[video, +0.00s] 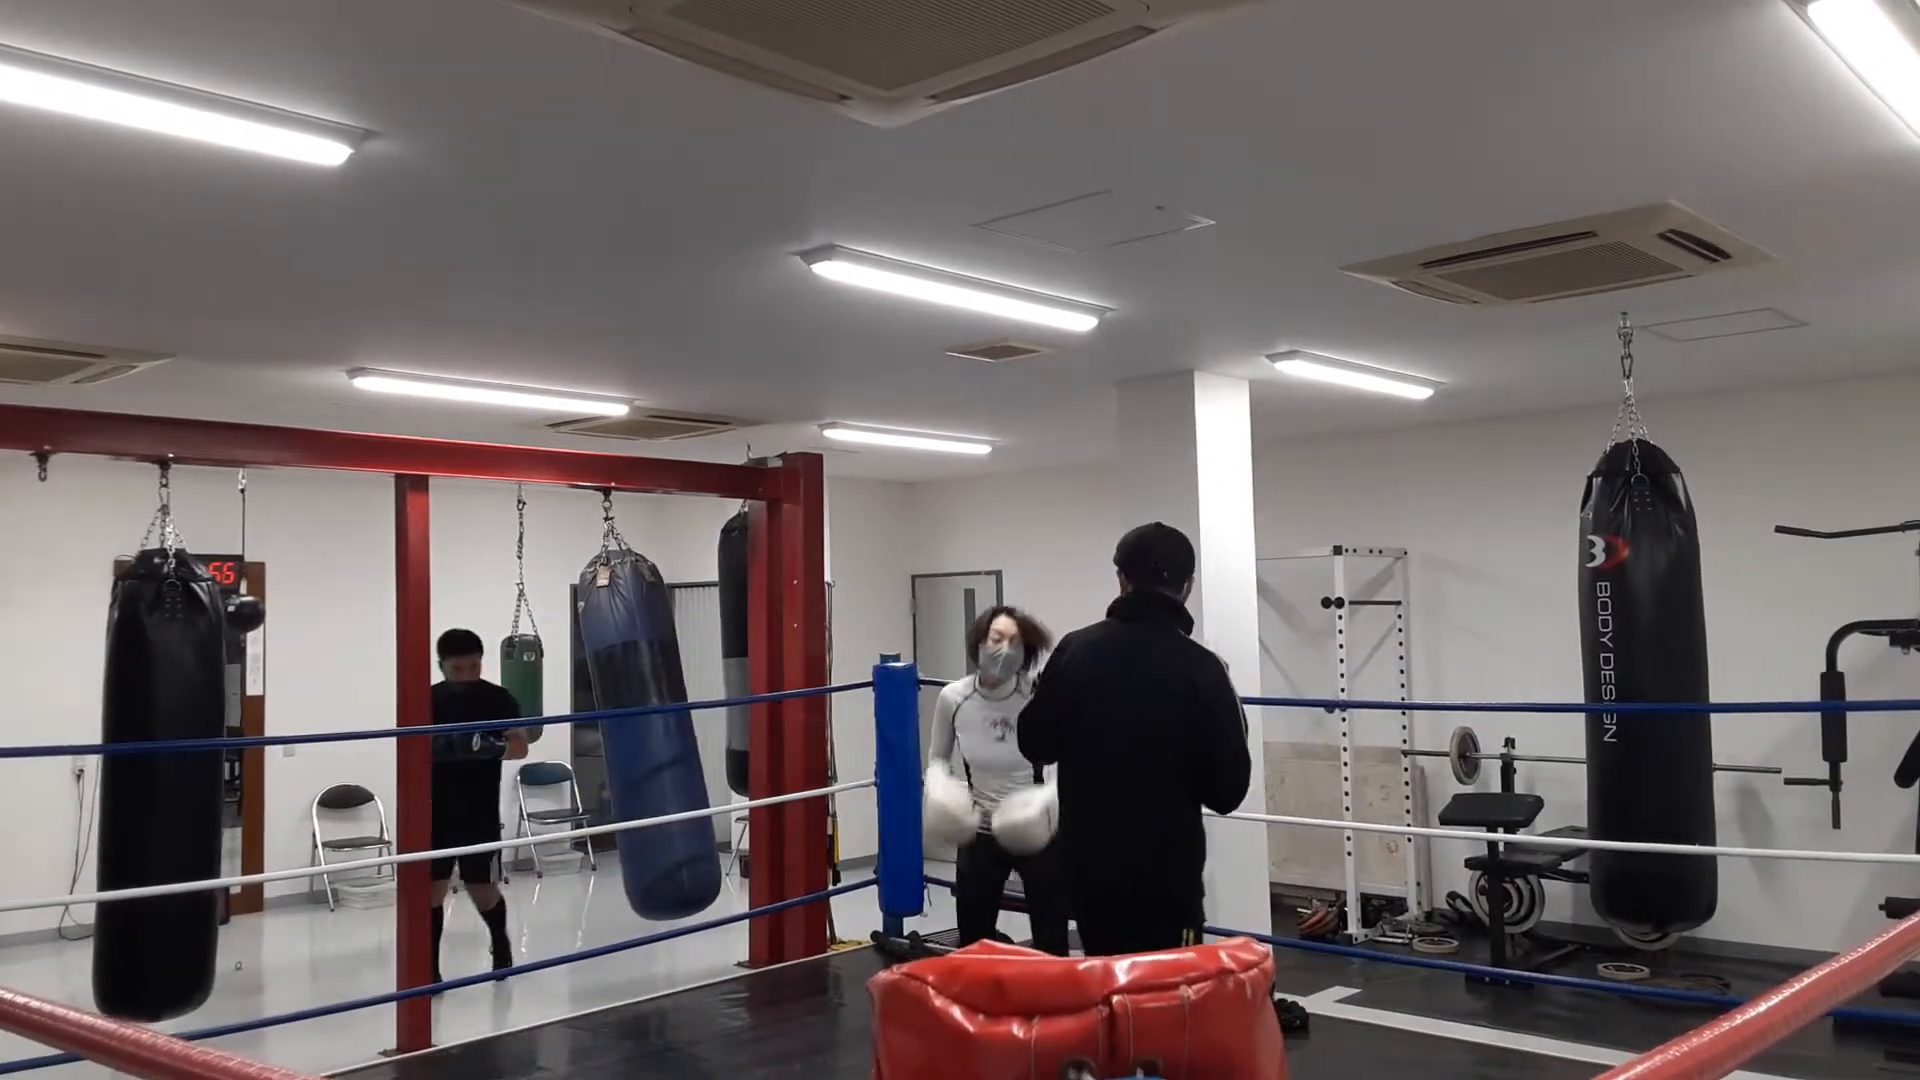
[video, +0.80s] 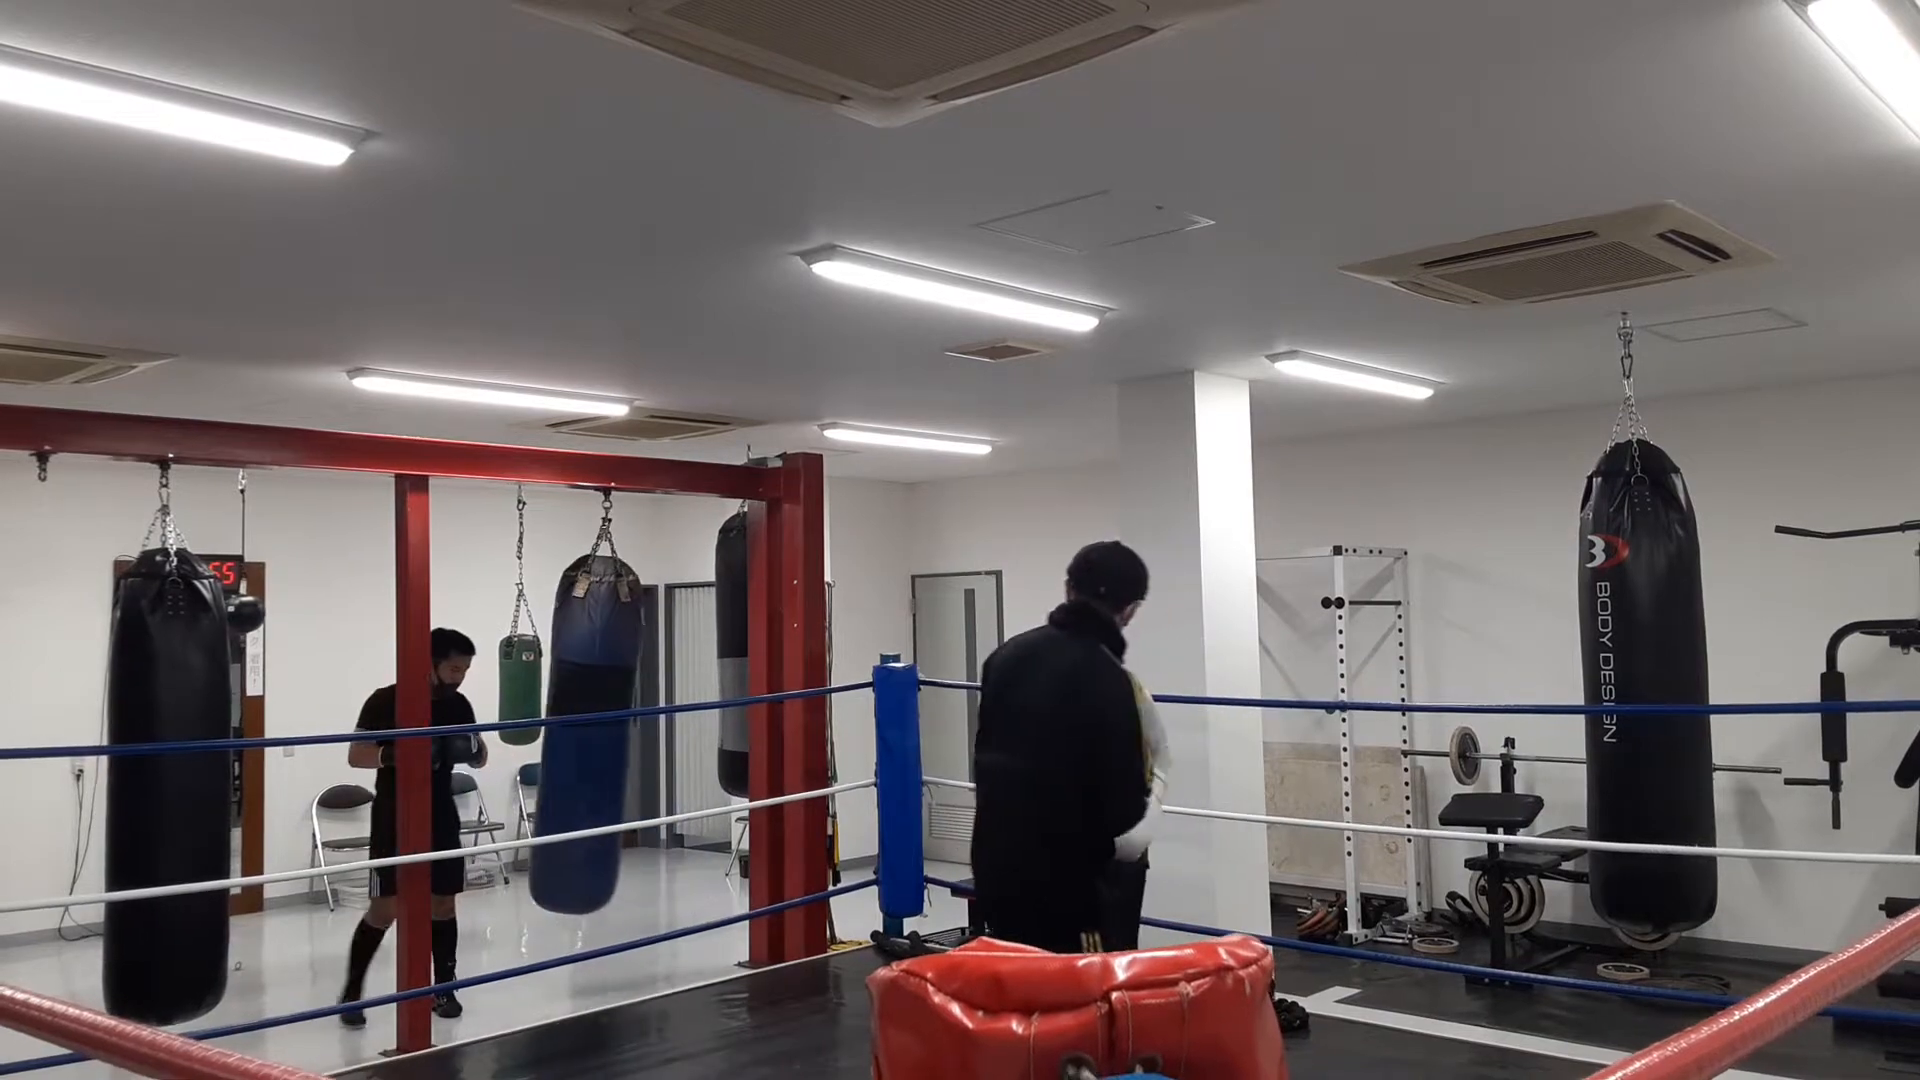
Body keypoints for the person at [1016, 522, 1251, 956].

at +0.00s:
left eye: (1117, 577)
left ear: (1121, 580)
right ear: (1187, 587)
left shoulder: (1076, 652)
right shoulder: (1203, 668)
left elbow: (1035, 744)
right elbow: (1227, 792)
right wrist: (1172, 750)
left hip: (1091, 866)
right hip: (1169, 872)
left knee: (1110, 1004)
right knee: (1170, 1007)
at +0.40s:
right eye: (1185, 603)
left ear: (1115, 584)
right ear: (1179, 606)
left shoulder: (1049, 648)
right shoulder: (1179, 692)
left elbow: (1019, 742)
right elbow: (1179, 796)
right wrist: (1123, 763)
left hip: (1046, 856)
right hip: (1123, 869)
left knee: (1067, 989)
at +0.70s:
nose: (1151, 616)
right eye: (1154, 607)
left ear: (1085, 586)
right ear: (1147, 610)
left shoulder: (1020, 654)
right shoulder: (1134, 684)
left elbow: (989, 746)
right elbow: (1146, 807)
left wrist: (1029, 794)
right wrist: (1097, 830)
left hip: (1011, 864)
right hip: (1089, 874)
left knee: (1027, 998)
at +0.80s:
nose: (1131, 619)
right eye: (1134, 610)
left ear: (1070, 588)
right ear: (1127, 610)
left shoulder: (1004, 658)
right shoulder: (1112, 684)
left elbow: (985, 763)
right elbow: (1125, 808)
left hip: (997, 864)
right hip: (1071, 872)